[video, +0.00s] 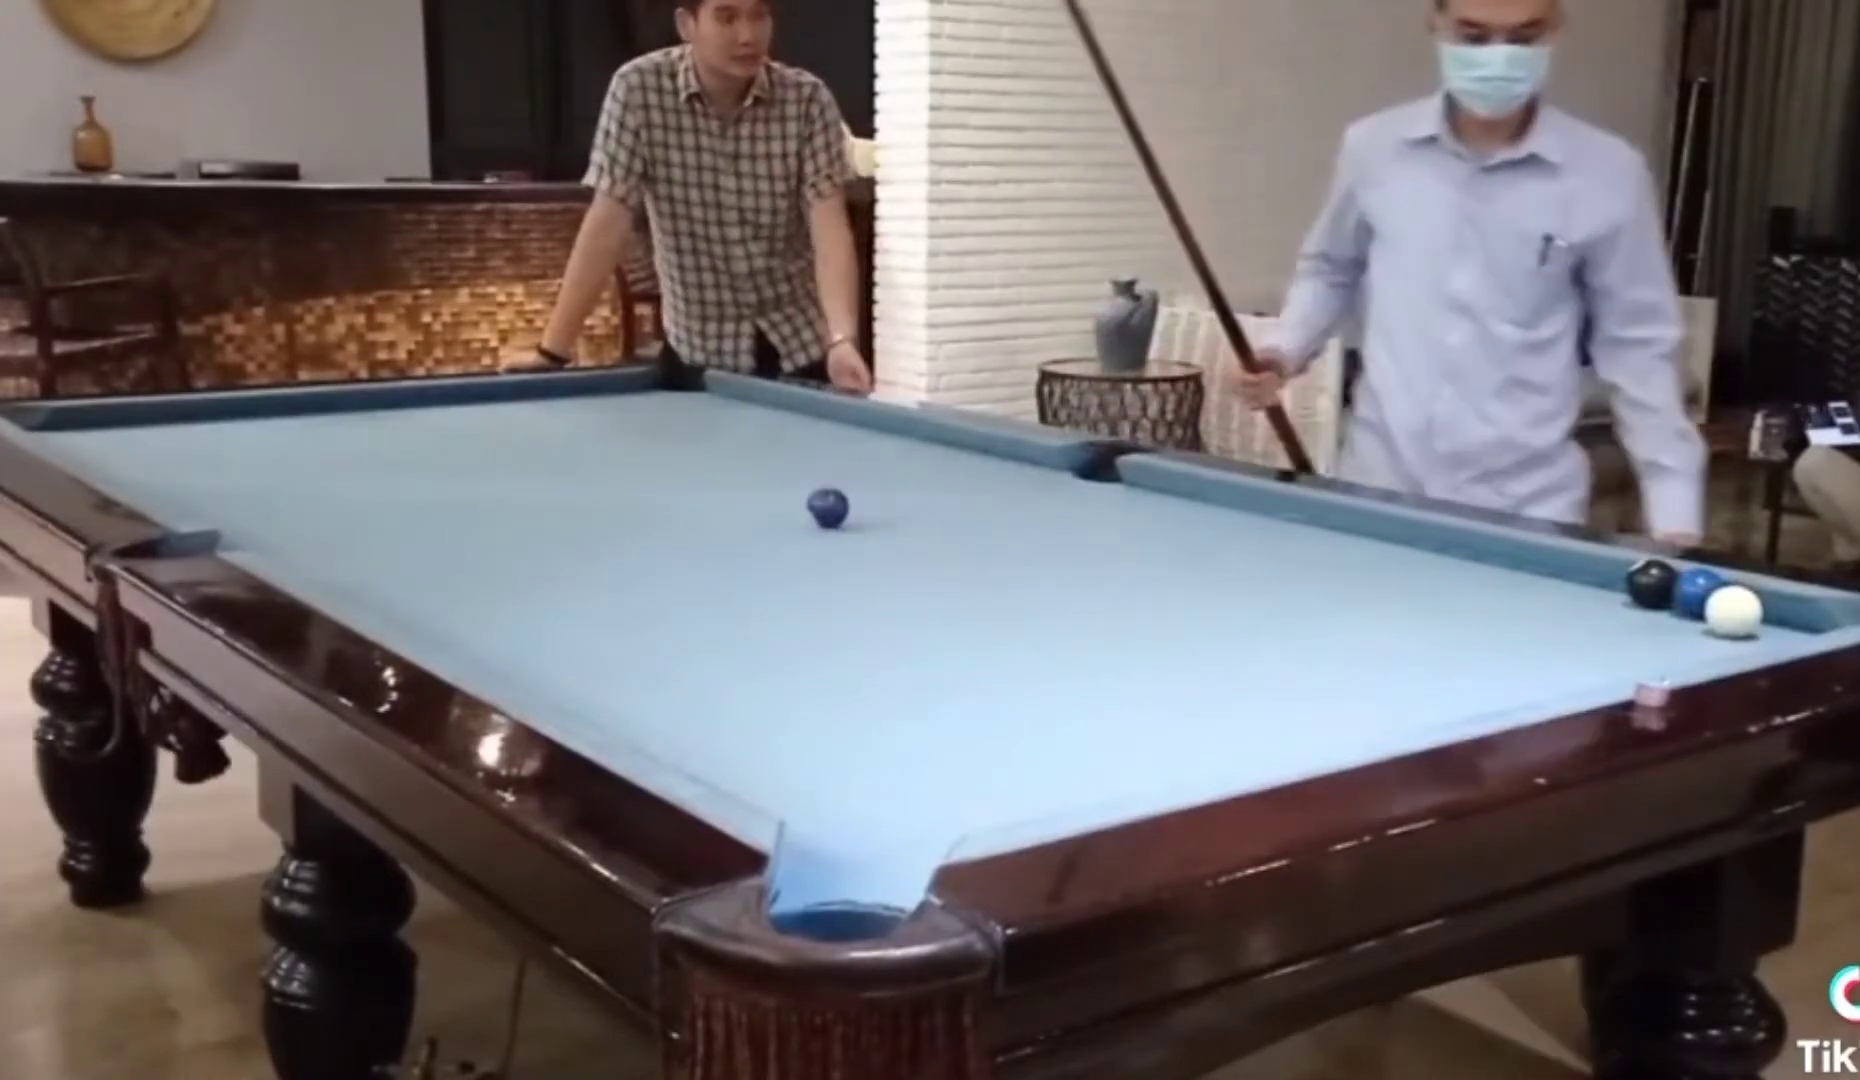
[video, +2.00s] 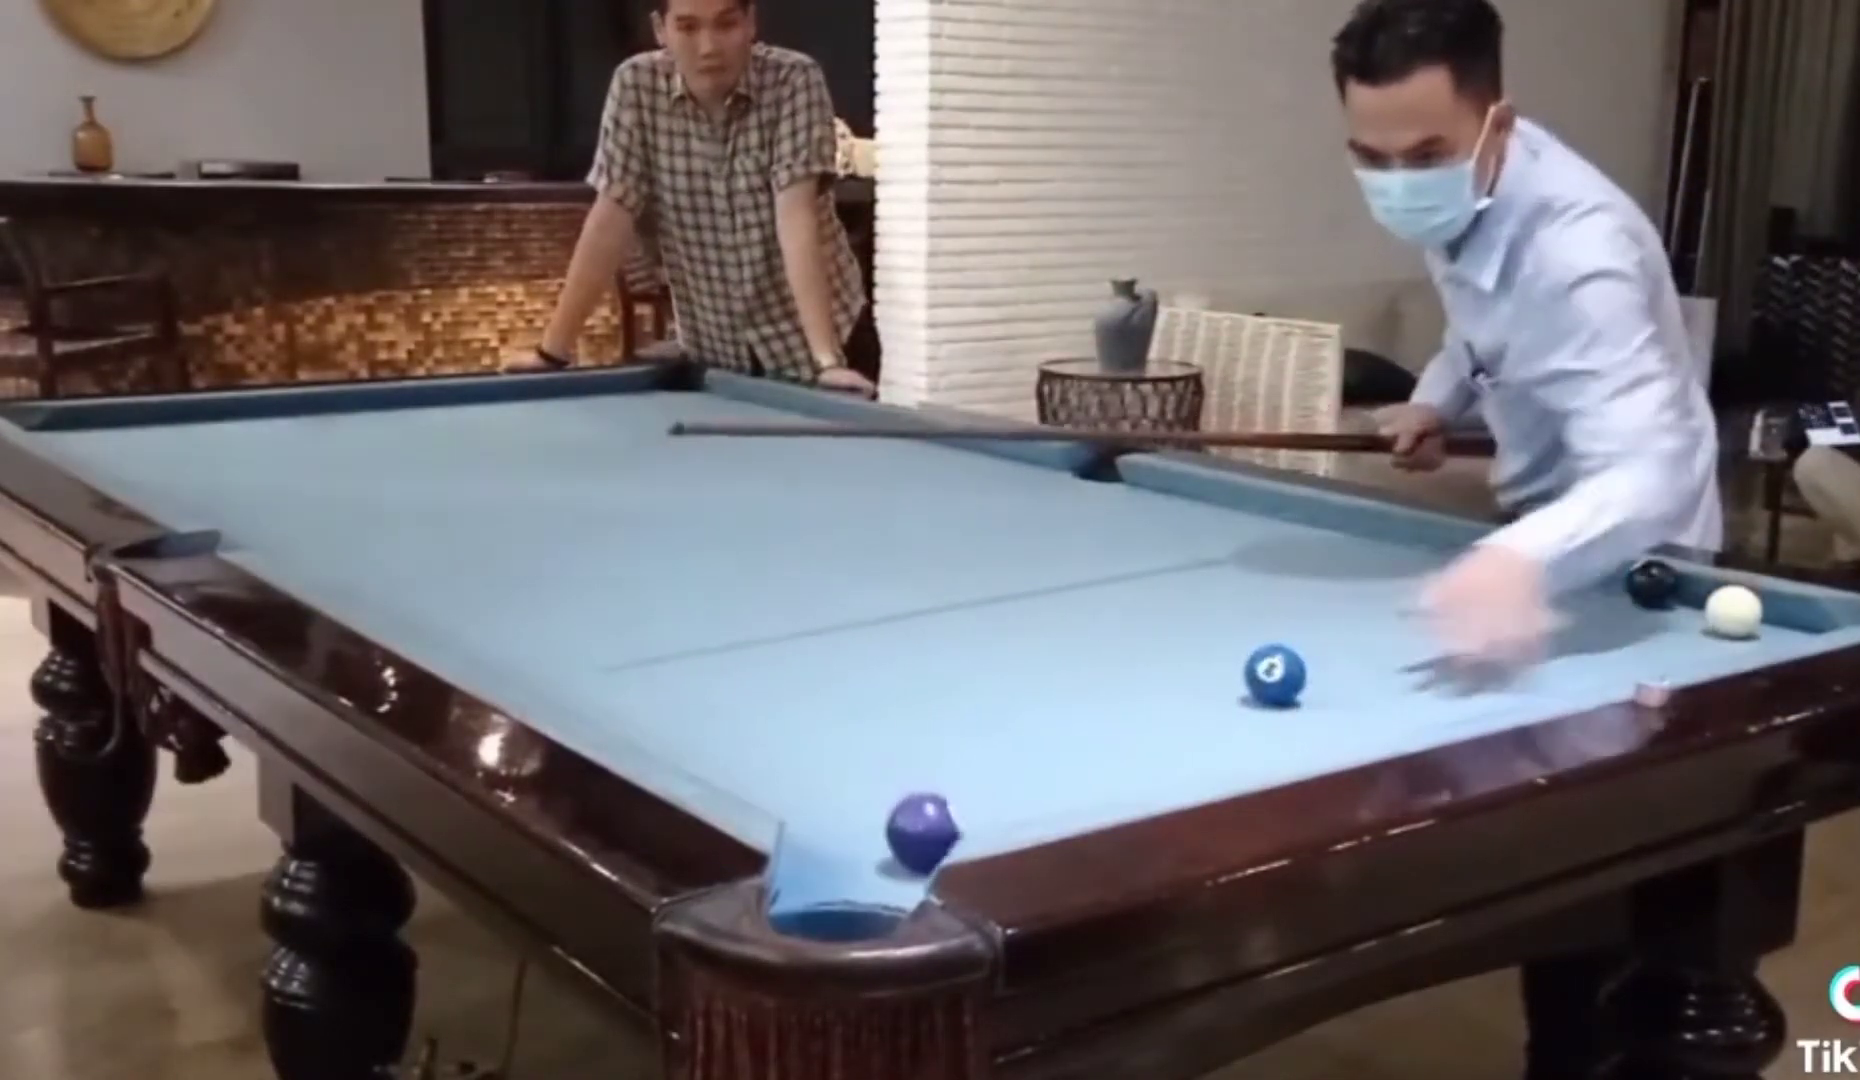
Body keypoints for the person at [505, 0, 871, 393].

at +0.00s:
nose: (747, 35)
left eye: (759, 17)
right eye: (727, 18)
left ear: (773, 23)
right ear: (686, 25)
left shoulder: (806, 98)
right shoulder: (640, 90)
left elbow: (830, 222)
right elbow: (608, 219)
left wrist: (842, 340)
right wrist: (552, 351)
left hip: (801, 336)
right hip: (700, 342)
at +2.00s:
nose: (708, 46)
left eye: (726, 25)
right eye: (688, 27)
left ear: (752, 25)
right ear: (661, 30)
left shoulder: (793, 80)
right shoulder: (637, 85)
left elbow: (798, 216)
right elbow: (612, 215)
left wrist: (828, 360)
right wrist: (553, 351)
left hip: (818, 349)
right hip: (711, 350)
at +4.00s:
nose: (721, 53)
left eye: (736, 30)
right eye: (700, 35)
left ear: (753, 26)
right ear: (663, 36)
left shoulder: (792, 80)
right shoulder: (637, 85)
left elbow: (797, 214)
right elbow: (611, 214)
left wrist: (828, 360)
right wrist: (552, 352)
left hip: (822, 348)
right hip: (713, 352)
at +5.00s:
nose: (720, 56)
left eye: (735, 35)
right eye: (700, 38)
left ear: (754, 28)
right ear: (664, 37)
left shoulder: (794, 80)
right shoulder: (637, 85)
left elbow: (799, 217)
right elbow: (611, 217)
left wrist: (829, 361)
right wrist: (552, 352)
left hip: (817, 347)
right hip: (711, 349)